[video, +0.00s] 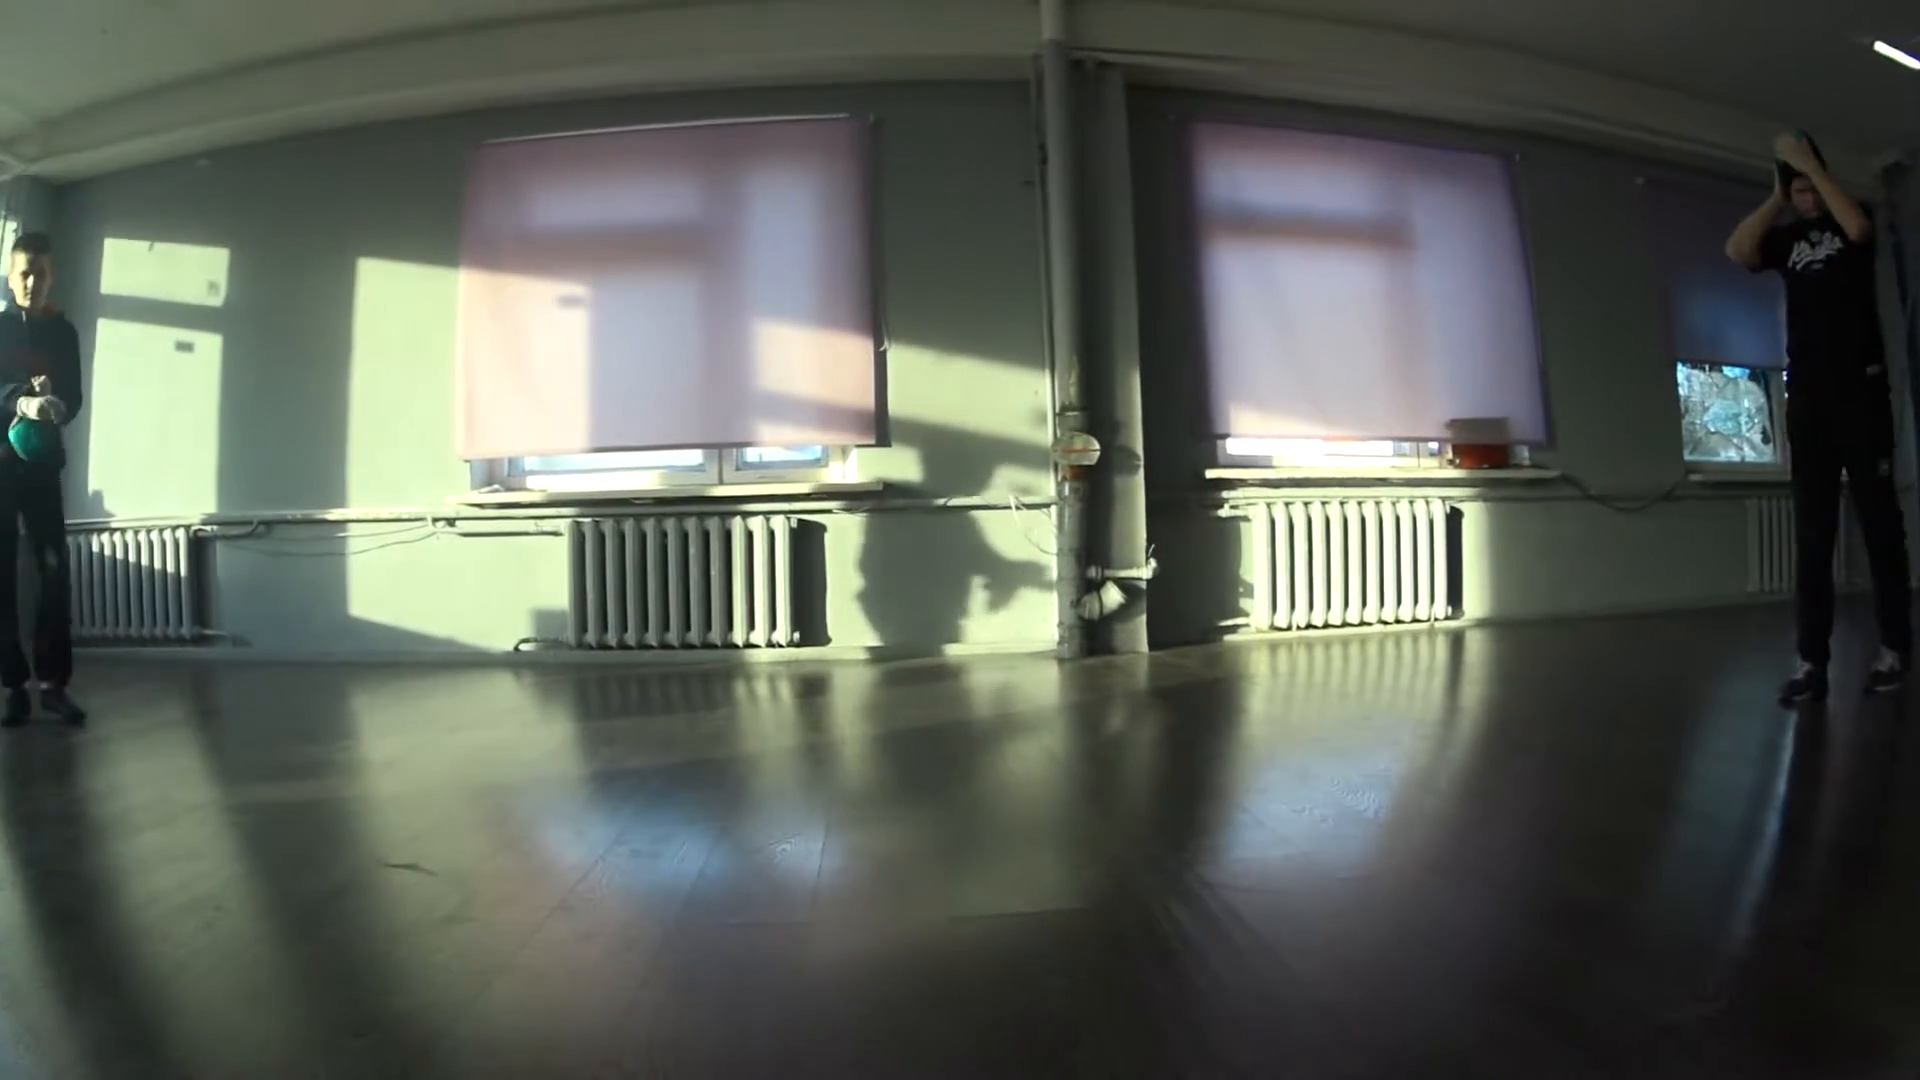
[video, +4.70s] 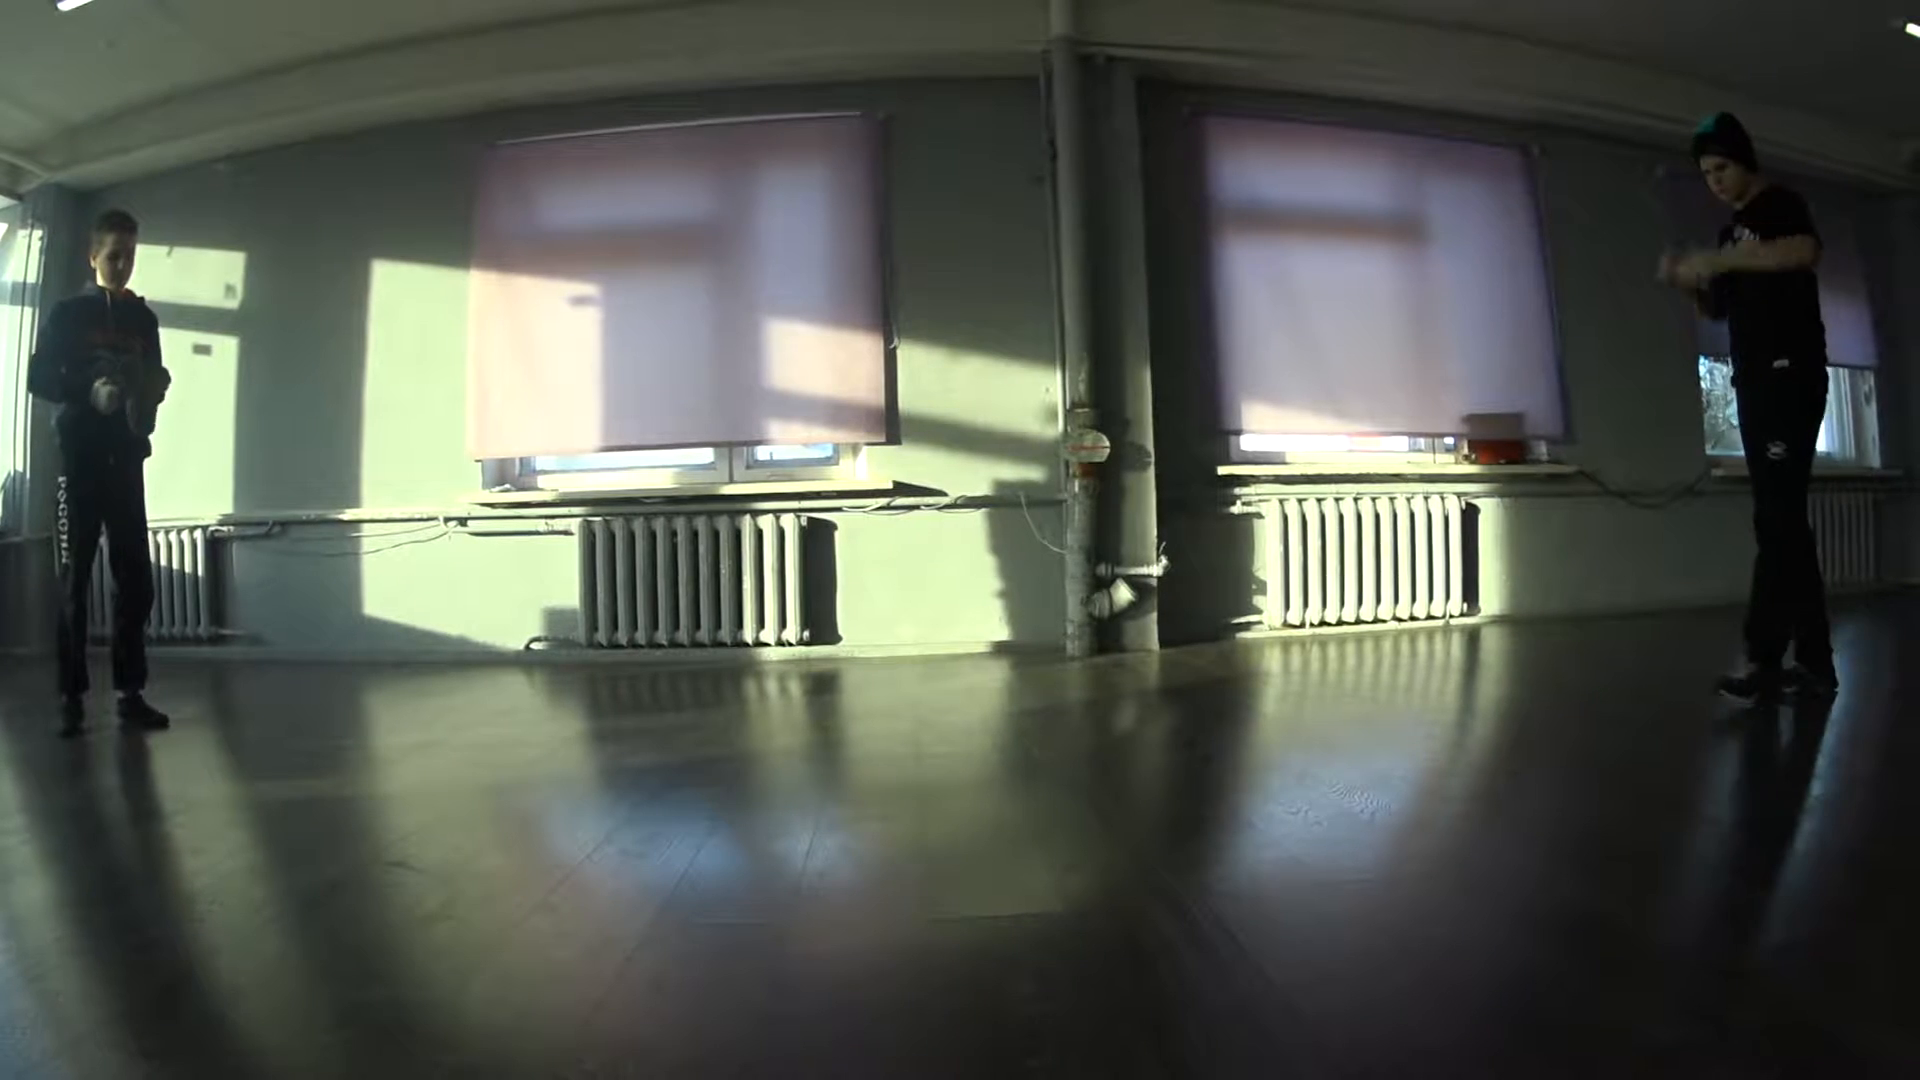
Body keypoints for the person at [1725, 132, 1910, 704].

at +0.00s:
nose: (1804, 192)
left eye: (1811, 182)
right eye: (1794, 183)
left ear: (1828, 184)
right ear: (1784, 193)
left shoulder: (1856, 222)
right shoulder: (1788, 240)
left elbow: (1857, 227)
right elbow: (1739, 251)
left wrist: (1815, 169)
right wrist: (1774, 199)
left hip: (1864, 393)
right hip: (1809, 397)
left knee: (1880, 524)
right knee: (1813, 533)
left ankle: (1895, 650)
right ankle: (1812, 663)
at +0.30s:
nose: (1872, 185)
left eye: (1880, 173)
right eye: (1866, 176)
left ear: (1904, 173)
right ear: (1867, 183)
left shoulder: (1913, 229)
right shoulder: (1878, 236)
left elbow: (1908, 226)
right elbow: (1829, 254)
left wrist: (1884, 165)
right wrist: (1864, 198)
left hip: (1916, 400)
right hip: (1892, 400)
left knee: (1903, 532)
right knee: (1885, 531)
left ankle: (1884, 661)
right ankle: (1878, 663)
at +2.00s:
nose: (1820, 207)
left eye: (1820, 195)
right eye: (1818, 197)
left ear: (1833, 190)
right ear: (1857, 181)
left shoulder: (1874, 217)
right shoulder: (1876, 219)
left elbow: (1816, 242)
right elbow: (1837, 280)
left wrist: (1808, 190)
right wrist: (1818, 206)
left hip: (1887, 398)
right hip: (1886, 397)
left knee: (1892, 527)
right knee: (1892, 526)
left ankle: (1910, 655)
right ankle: (1908, 653)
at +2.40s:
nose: (1769, 194)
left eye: (1773, 183)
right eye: (1765, 187)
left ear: (1790, 177)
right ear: (1793, 179)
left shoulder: (1842, 213)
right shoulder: (1787, 239)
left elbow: (1803, 221)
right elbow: (1742, 266)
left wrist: (1774, 170)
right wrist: (1769, 203)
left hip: (1851, 379)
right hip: (1812, 384)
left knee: (1845, 513)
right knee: (1832, 517)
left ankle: (1909, 628)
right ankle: (1860, 654)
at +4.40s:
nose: (1730, 169)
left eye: (1737, 157)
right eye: (1728, 159)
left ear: (1764, 156)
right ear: (1738, 164)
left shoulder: (1804, 201)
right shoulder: (1746, 225)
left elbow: (1762, 199)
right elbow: (1698, 252)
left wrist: (1739, 146)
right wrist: (1716, 197)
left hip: (1805, 374)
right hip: (1766, 378)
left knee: (1797, 516)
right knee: (1783, 521)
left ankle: (1850, 640)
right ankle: (1810, 661)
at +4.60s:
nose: (1724, 179)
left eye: (1732, 168)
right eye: (1716, 172)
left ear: (1756, 164)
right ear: (1711, 176)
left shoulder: (1792, 204)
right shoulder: (1733, 227)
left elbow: (1784, 234)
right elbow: (1702, 290)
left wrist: (1716, 187)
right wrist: (1694, 237)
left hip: (1798, 378)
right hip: (1757, 381)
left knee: (1783, 518)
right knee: (1777, 519)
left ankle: (1811, 665)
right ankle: (1799, 661)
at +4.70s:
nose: (1717, 181)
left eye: (1724, 167)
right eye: (1708, 173)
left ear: (1748, 161)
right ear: (1704, 178)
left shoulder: (1782, 203)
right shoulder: (1733, 232)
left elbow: (1804, 251)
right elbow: (1723, 308)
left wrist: (1721, 262)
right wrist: (1694, 284)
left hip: (1794, 378)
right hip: (1755, 382)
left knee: (1777, 517)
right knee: (1782, 518)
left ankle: (1767, 661)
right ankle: (1813, 661)